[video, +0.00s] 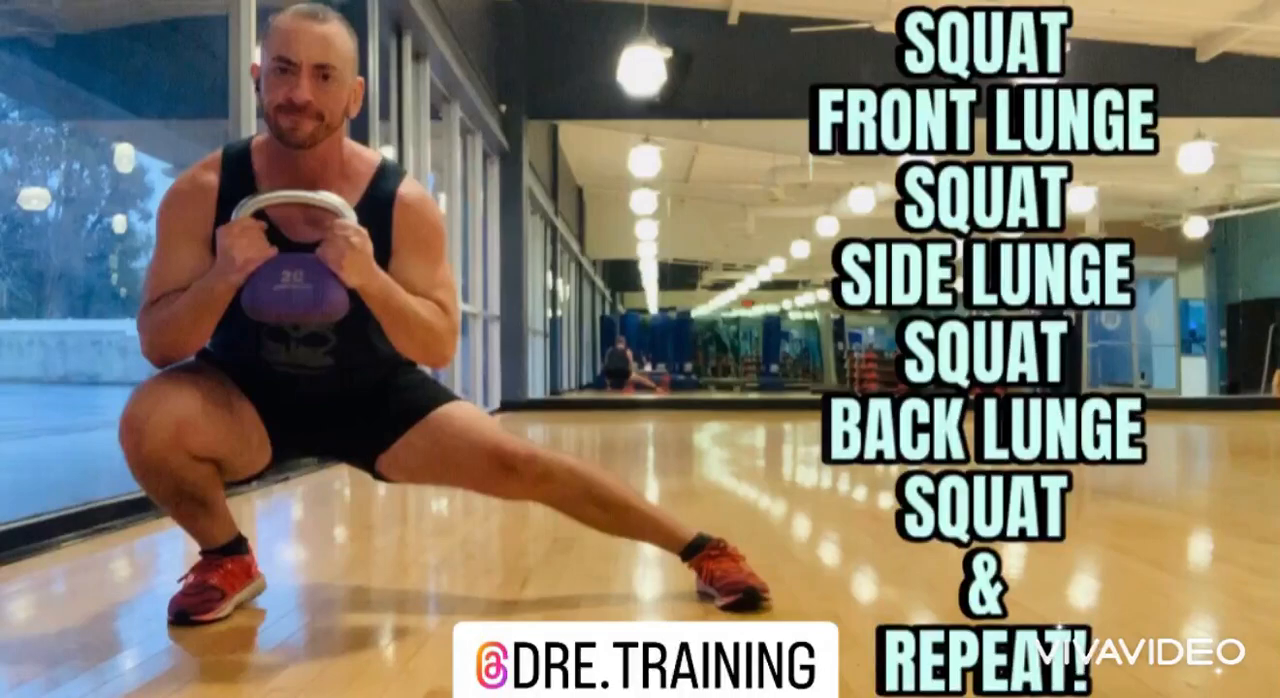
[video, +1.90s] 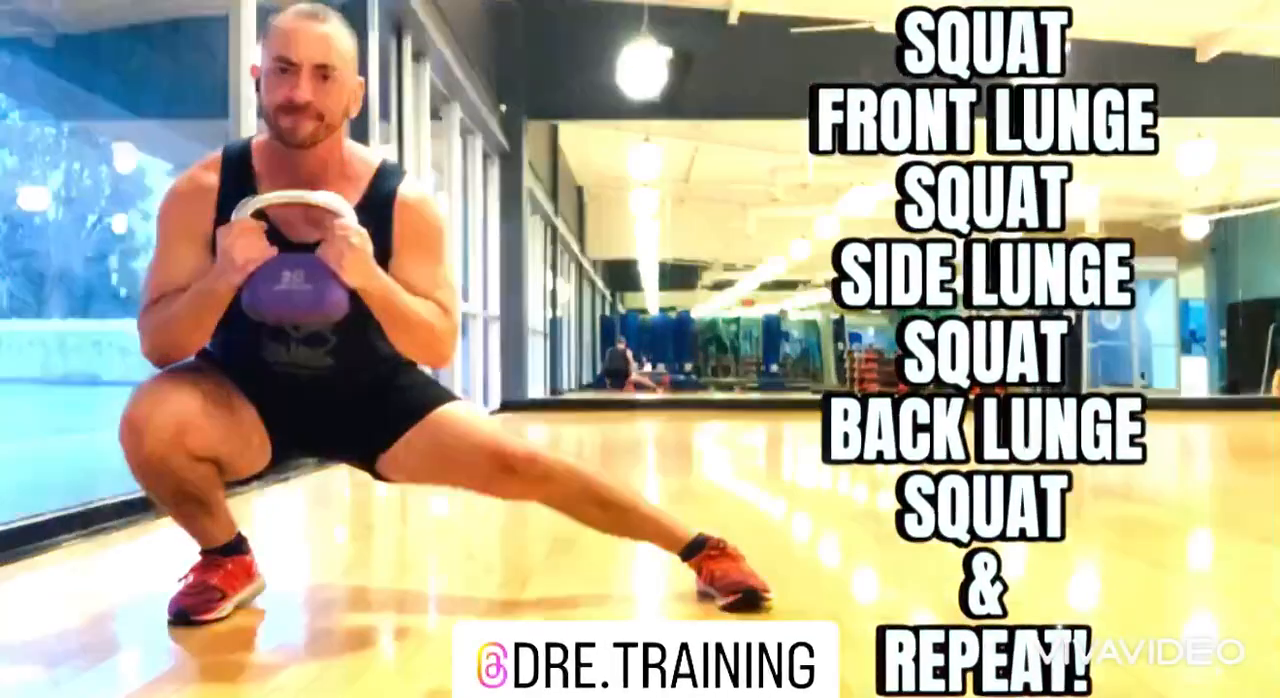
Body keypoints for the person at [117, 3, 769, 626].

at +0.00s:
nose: (298, 92)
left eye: (321, 75)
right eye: (281, 70)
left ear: (354, 92)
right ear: (257, 78)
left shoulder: (405, 205)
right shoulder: (201, 193)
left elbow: (437, 345)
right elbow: (161, 343)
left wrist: (368, 277)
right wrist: (221, 277)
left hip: (377, 397)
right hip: (253, 396)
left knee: (517, 463)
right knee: (148, 422)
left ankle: (696, 547)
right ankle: (225, 555)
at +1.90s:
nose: (299, 90)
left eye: (322, 73)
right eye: (282, 69)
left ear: (354, 90)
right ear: (257, 79)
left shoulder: (407, 209)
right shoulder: (200, 194)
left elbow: (437, 346)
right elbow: (161, 344)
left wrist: (365, 274)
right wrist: (221, 279)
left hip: (378, 399)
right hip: (252, 397)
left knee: (517, 462)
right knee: (149, 422)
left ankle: (696, 548)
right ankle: (226, 557)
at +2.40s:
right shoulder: (550, 0)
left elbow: (752, 68)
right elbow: (531, 78)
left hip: (691, 177)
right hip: (583, 177)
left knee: (716, 348)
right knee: (556, 347)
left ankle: (716, 534)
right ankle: (559, 529)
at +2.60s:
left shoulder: (730, 33)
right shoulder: (558, 32)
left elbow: (744, 161)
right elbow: (539, 168)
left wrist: (694, 60)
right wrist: (579, 72)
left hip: (688, 241)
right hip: (586, 239)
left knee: (724, 361)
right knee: (550, 368)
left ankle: (716, 537)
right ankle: (559, 535)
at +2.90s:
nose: (641, 24)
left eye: (658, 9)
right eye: (624, 8)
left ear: (683, 26)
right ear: (598, 24)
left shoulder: (723, 129)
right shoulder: (553, 132)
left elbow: (746, 262)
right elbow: (532, 271)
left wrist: (698, 180)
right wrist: (577, 181)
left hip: (685, 321)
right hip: (586, 321)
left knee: (722, 371)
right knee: (544, 382)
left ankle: (716, 538)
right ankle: (558, 538)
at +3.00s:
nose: (638, 46)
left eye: (656, 31)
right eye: (621, 30)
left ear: (681, 49)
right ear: (596, 46)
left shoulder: (723, 150)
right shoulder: (552, 154)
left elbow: (744, 284)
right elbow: (530, 295)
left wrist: (694, 202)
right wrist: (573, 211)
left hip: (684, 339)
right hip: (586, 338)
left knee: (722, 371)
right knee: (544, 379)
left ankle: (716, 538)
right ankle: (558, 538)